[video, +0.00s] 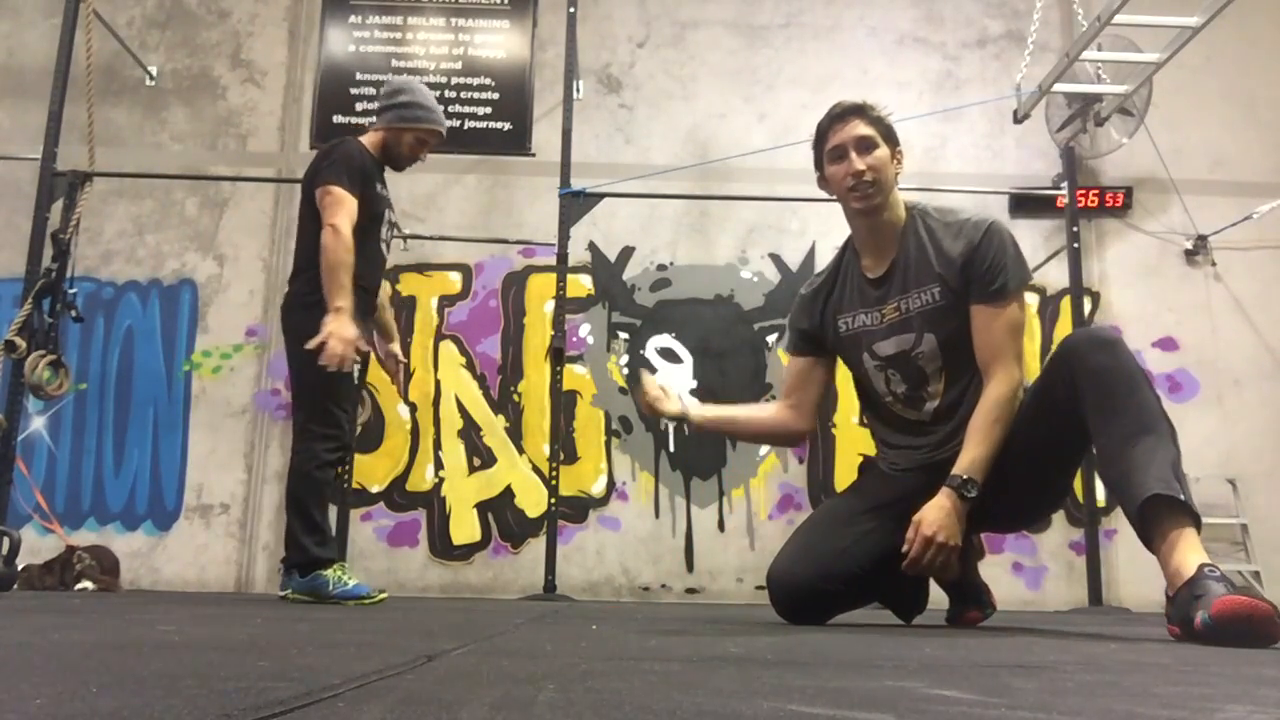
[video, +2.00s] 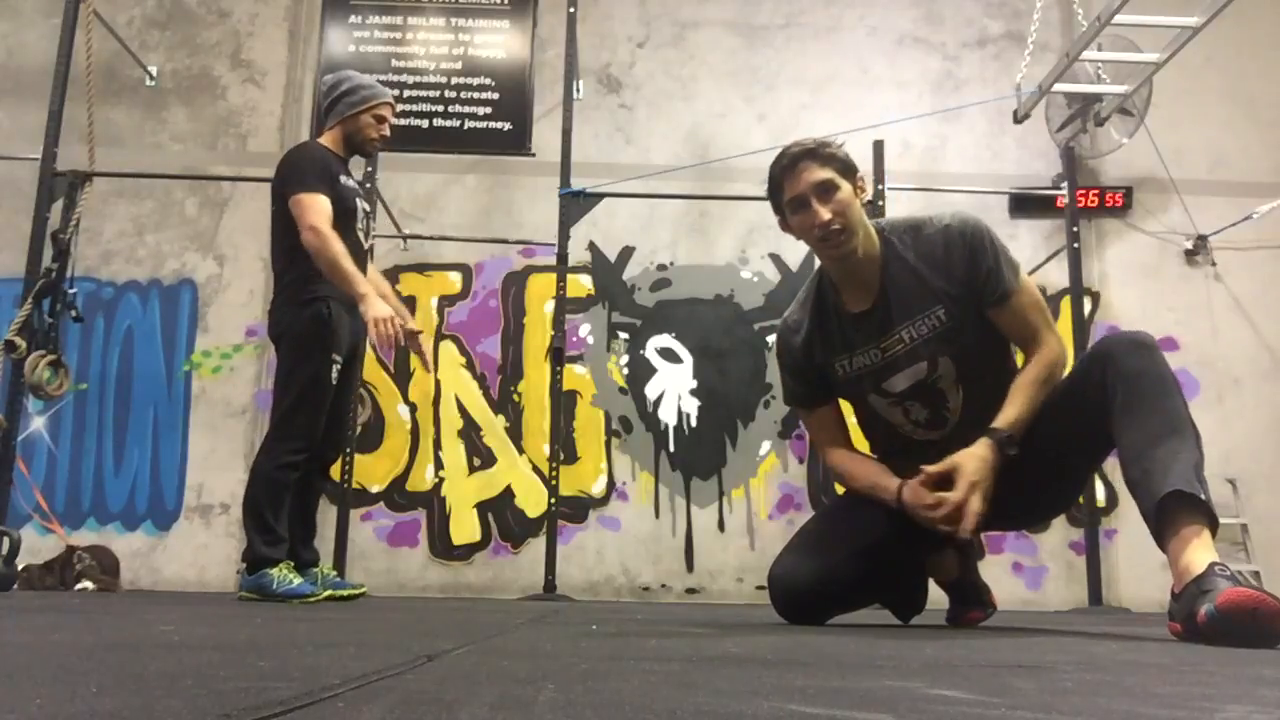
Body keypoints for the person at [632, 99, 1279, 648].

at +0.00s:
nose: (854, 167)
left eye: (866, 149)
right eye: (836, 158)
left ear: (899, 159)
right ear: (823, 183)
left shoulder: (974, 244)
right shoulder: (823, 294)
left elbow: (1005, 383)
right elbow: (796, 418)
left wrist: (954, 496)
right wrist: (686, 410)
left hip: (1001, 464)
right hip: (903, 483)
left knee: (1096, 348)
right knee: (795, 590)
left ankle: (1193, 581)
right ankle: (935, 561)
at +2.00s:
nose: (820, 213)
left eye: (826, 191)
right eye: (799, 209)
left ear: (859, 188)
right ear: (791, 230)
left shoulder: (958, 244)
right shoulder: (801, 337)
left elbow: (1048, 349)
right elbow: (835, 448)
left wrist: (992, 448)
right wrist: (900, 492)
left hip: (1014, 466)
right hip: (909, 495)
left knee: (1126, 353)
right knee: (796, 590)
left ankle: (1196, 575)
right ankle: (944, 561)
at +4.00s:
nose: (824, 225)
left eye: (831, 201)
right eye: (802, 221)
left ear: (867, 197)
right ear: (796, 243)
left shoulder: (970, 260)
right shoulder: (805, 337)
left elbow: (1040, 378)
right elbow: (841, 455)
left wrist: (988, 483)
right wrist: (918, 518)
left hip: (1018, 473)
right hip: (912, 497)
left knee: (1119, 348)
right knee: (796, 590)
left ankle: (1195, 578)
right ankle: (940, 559)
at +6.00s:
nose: (819, 217)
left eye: (823, 196)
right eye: (796, 218)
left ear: (857, 195)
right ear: (788, 248)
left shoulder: (963, 259)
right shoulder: (800, 342)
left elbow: (1037, 378)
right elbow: (838, 458)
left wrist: (992, 488)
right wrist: (917, 518)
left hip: (1015, 471)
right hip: (909, 498)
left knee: (1116, 349)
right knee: (795, 591)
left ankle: (1195, 578)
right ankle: (936, 561)